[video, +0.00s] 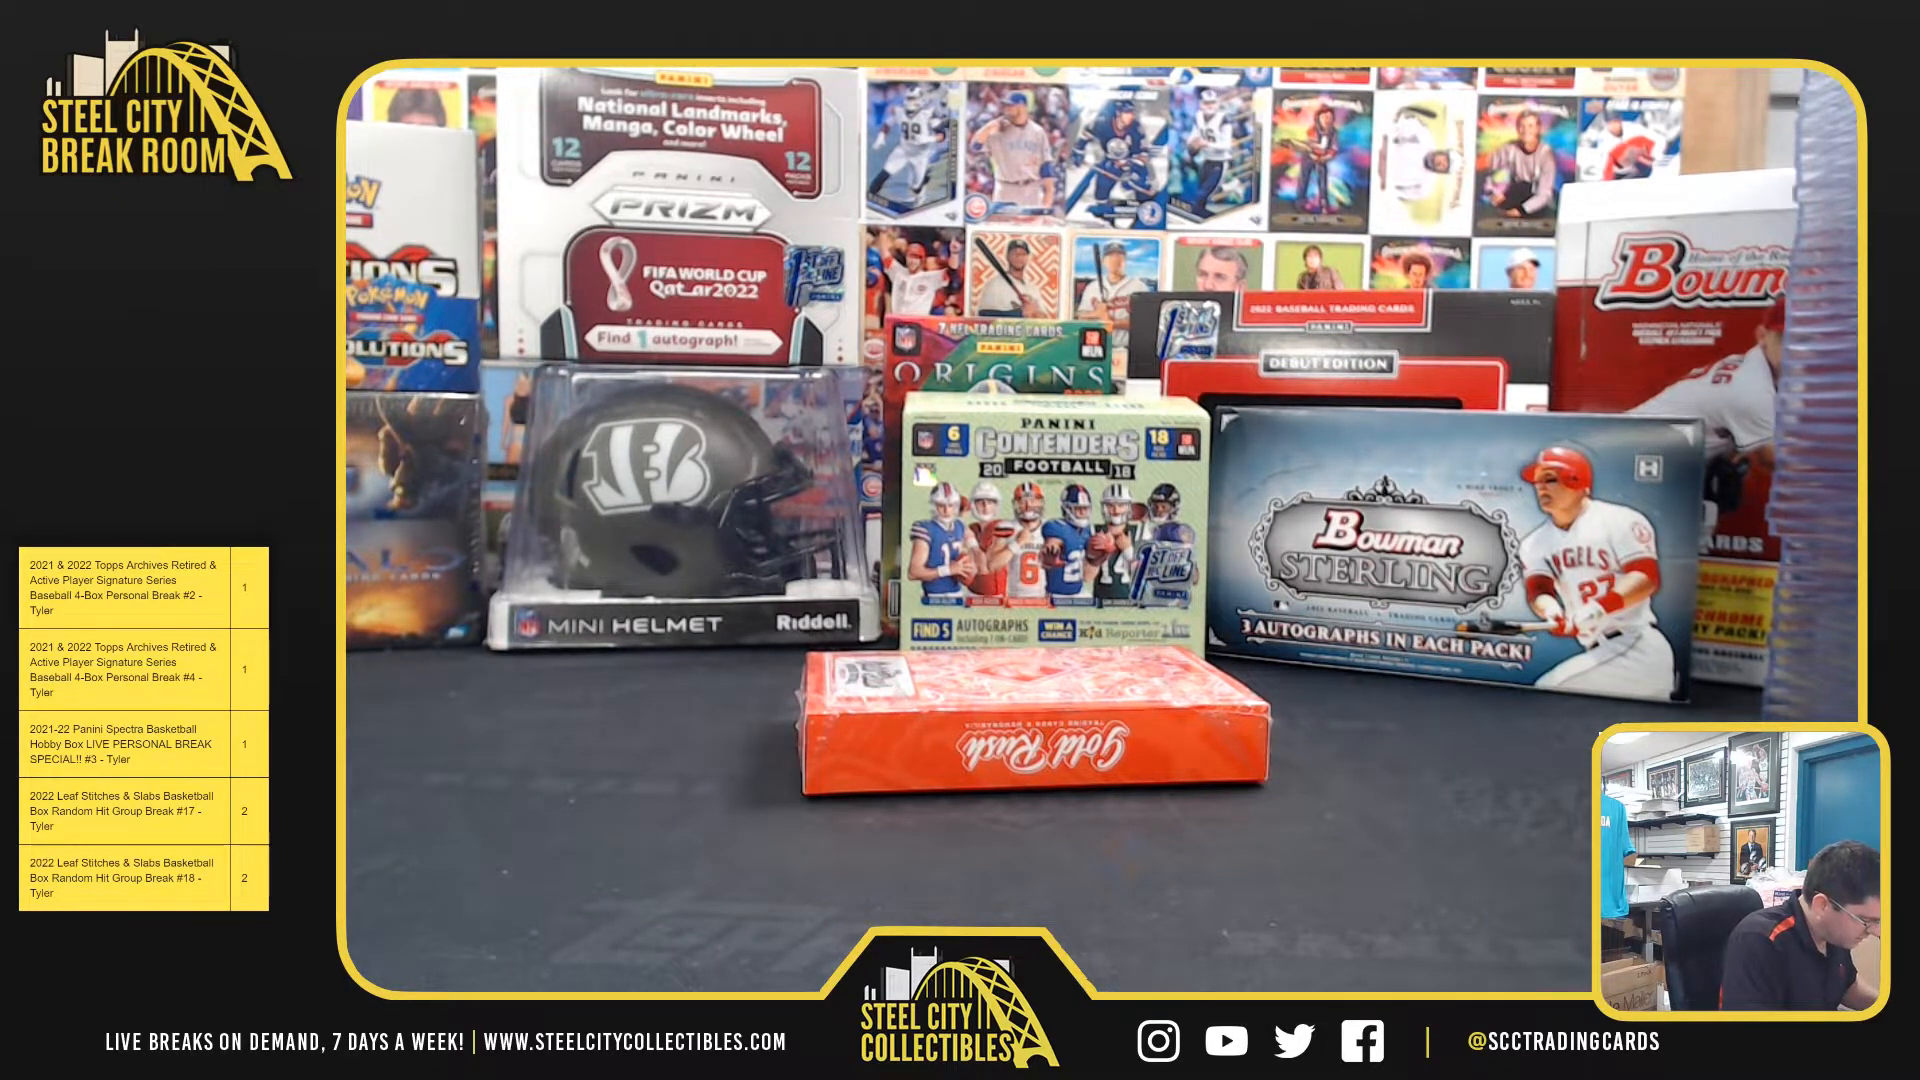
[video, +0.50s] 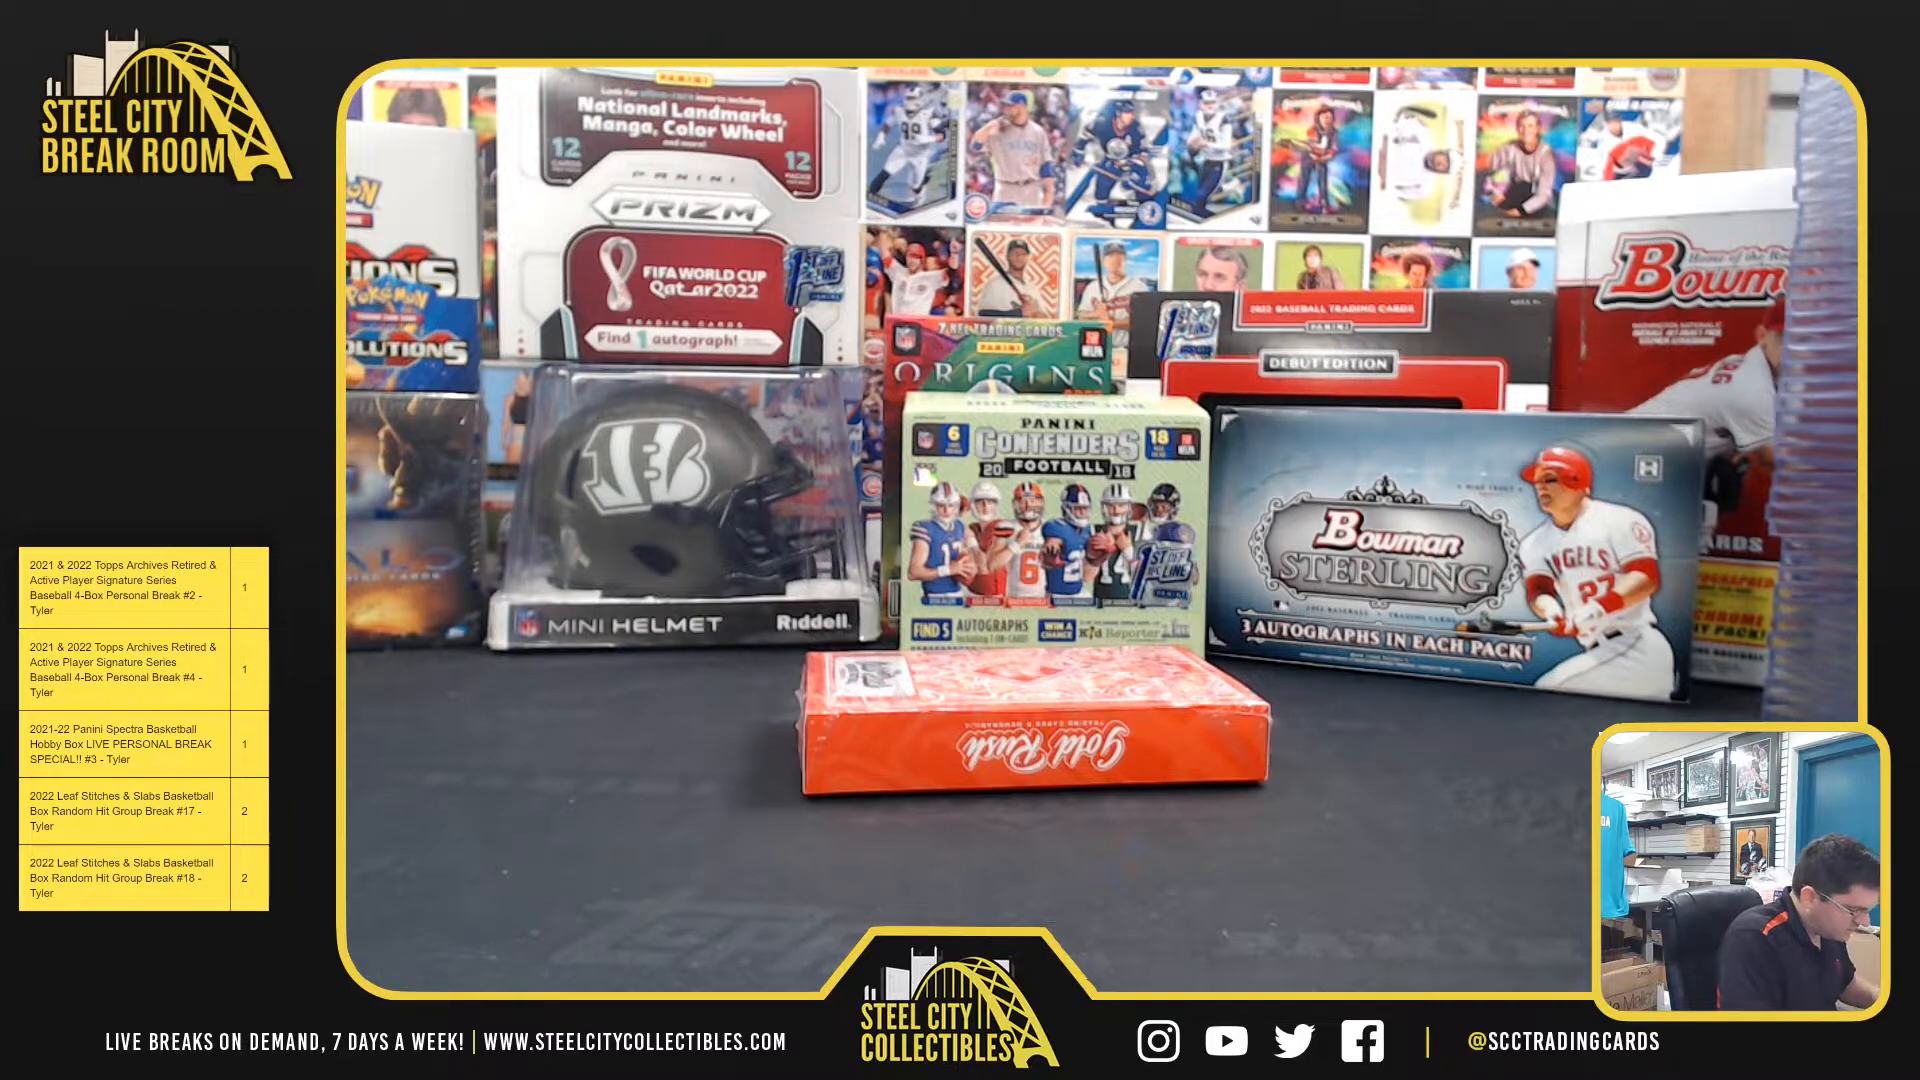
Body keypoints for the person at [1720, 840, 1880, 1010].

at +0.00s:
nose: (1876, 933)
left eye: (1877, 922)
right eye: (1866, 921)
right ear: (1821, 905)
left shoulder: (1833, 931)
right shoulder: (1757, 941)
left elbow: (1849, 989)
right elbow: (1745, 1020)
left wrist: (1886, 1005)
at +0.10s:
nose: (1876, 932)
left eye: (1877, 921)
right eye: (1866, 921)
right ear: (1821, 905)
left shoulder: (1832, 931)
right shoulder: (1757, 941)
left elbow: (1849, 988)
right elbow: (1745, 1020)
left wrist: (1885, 1005)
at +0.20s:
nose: (1874, 930)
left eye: (1876, 919)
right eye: (1864, 919)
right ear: (1819, 904)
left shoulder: (1831, 931)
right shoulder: (1757, 940)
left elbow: (1850, 989)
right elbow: (1745, 1019)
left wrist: (1885, 1005)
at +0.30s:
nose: (1871, 929)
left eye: (1874, 918)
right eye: (1861, 917)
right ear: (1817, 902)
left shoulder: (1832, 931)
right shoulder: (1756, 939)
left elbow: (1850, 989)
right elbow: (1745, 1019)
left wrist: (1886, 1005)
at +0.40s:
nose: (1869, 927)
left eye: (1872, 914)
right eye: (1859, 914)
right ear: (1814, 901)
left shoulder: (1831, 929)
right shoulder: (1754, 939)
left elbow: (1850, 987)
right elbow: (1748, 1020)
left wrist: (1887, 1006)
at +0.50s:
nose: (1864, 922)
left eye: (1867, 910)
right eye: (1854, 911)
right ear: (1809, 898)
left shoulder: (1827, 927)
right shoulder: (1752, 938)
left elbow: (1846, 984)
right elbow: (1746, 1018)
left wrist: (1882, 999)